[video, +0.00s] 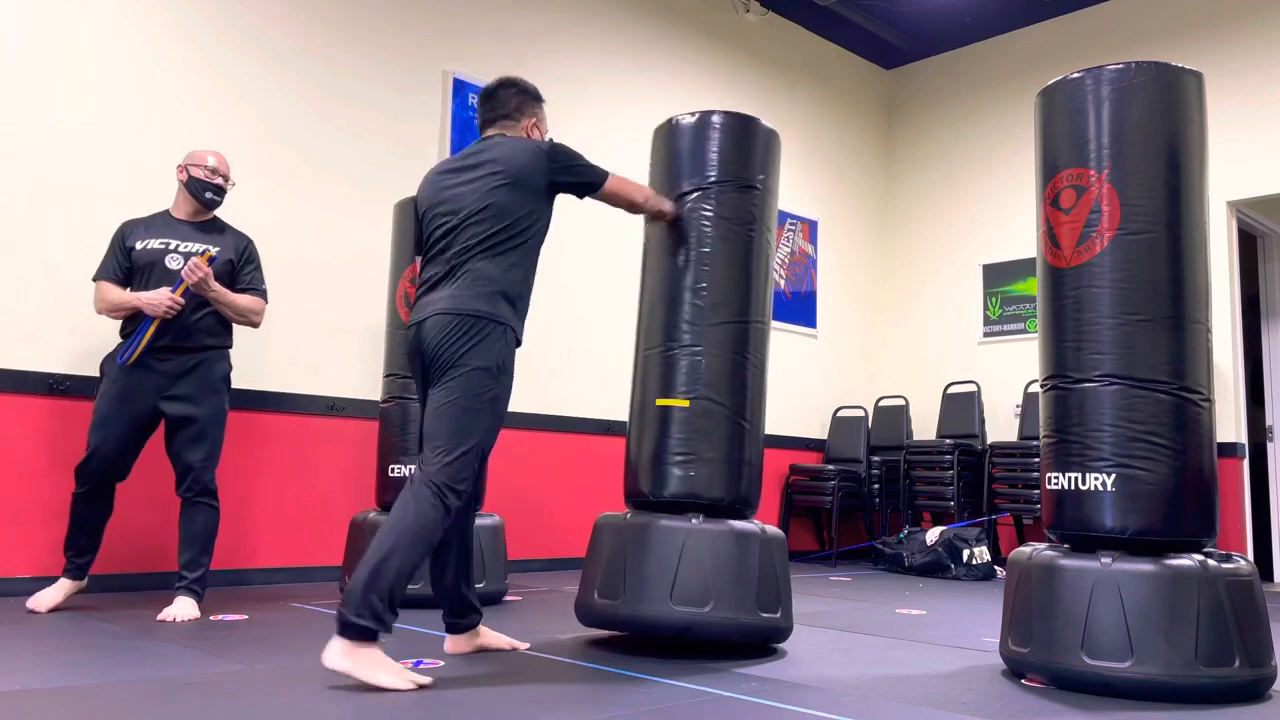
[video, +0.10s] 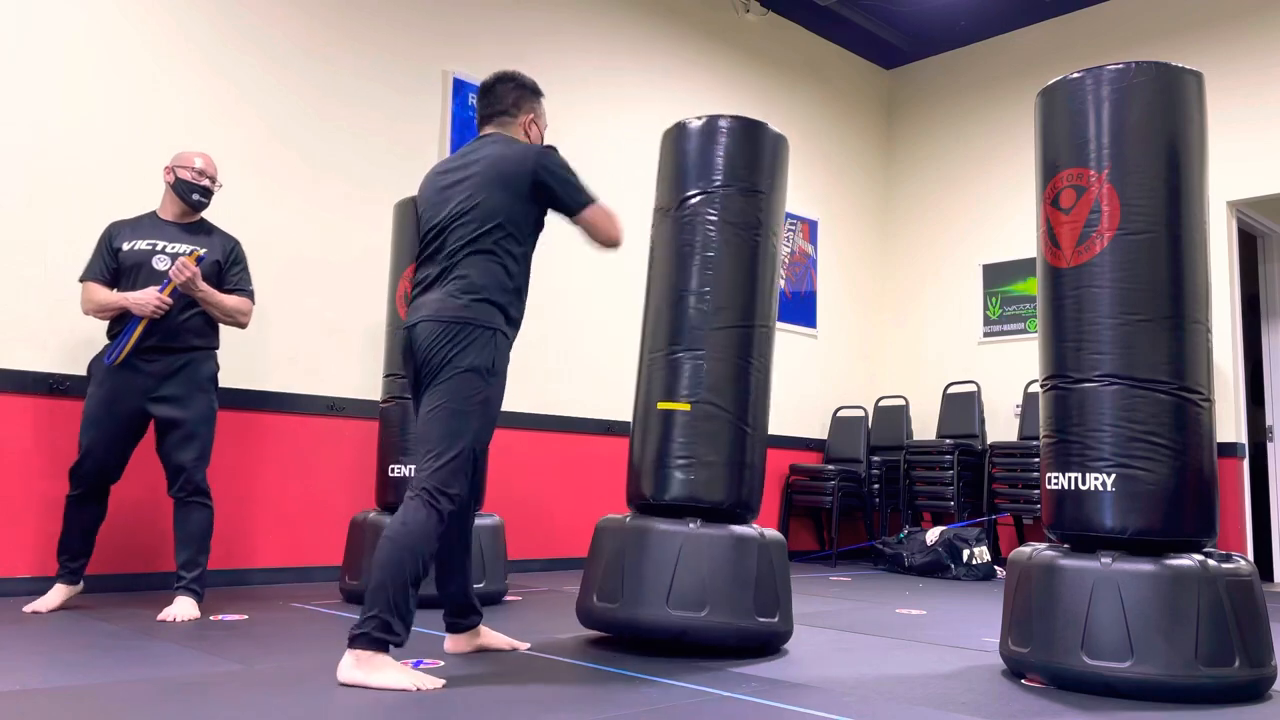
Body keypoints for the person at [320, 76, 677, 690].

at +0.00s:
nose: (546, 134)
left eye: (546, 126)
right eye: (545, 125)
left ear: (483, 123)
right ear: (532, 122)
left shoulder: (435, 176)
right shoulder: (538, 152)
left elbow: (427, 262)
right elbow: (639, 198)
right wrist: (667, 207)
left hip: (426, 325)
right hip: (477, 323)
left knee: (457, 482)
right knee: (439, 484)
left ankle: (463, 627)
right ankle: (355, 638)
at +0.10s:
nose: (545, 134)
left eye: (543, 125)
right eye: (544, 125)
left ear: (483, 121)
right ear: (529, 120)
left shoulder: (436, 175)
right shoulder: (533, 157)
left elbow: (428, 265)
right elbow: (609, 233)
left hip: (423, 324)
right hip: (474, 322)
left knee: (456, 486)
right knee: (433, 490)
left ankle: (464, 626)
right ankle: (369, 650)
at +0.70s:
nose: (553, 141)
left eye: (554, 133)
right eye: (553, 132)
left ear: (493, 125)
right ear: (536, 125)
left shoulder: (449, 179)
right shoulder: (519, 156)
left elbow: (421, 272)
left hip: (432, 327)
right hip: (482, 326)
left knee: (467, 477)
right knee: (485, 474)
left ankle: (476, 614)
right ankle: (397, 616)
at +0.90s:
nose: (543, 155)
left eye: (540, 148)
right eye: (542, 147)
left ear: (484, 142)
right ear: (530, 141)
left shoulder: (435, 186)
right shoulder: (535, 168)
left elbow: (427, 264)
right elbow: (634, 209)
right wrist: (628, 224)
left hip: (430, 330)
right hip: (492, 324)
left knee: (457, 467)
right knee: (494, 468)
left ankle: (455, 614)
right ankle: (433, 617)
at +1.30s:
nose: (544, 128)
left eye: (542, 118)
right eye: (542, 117)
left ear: (484, 118)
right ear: (526, 115)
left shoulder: (446, 179)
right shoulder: (519, 162)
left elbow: (441, 269)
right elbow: (563, 253)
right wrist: (580, 226)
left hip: (449, 331)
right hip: (486, 334)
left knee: (506, 471)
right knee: (446, 486)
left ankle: (449, 608)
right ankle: (398, 650)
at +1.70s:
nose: (547, 140)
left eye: (544, 132)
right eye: (545, 131)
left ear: (487, 133)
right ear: (530, 127)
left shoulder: (443, 188)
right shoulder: (537, 157)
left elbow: (443, 264)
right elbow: (639, 188)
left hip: (435, 323)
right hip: (487, 317)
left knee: (457, 474)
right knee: (464, 476)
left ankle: (445, 621)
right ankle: (409, 634)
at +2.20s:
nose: (478, 108)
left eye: (476, 97)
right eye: (475, 97)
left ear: (417, 101)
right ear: (458, 99)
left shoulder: (401, 151)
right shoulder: (441, 149)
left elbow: (394, 245)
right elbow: (447, 243)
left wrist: (474, 239)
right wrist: (494, 250)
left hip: (384, 324)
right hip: (408, 331)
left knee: (413, 490)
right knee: (351, 494)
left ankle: (436, 623)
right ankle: (269, 662)